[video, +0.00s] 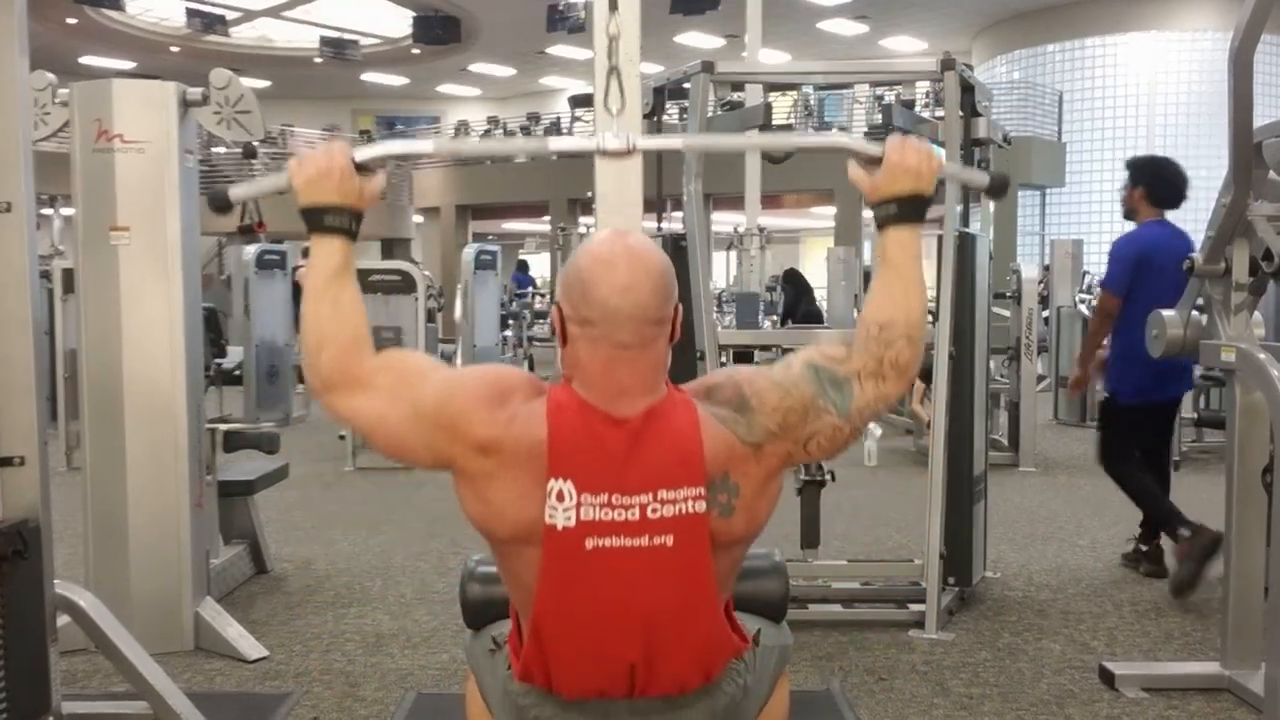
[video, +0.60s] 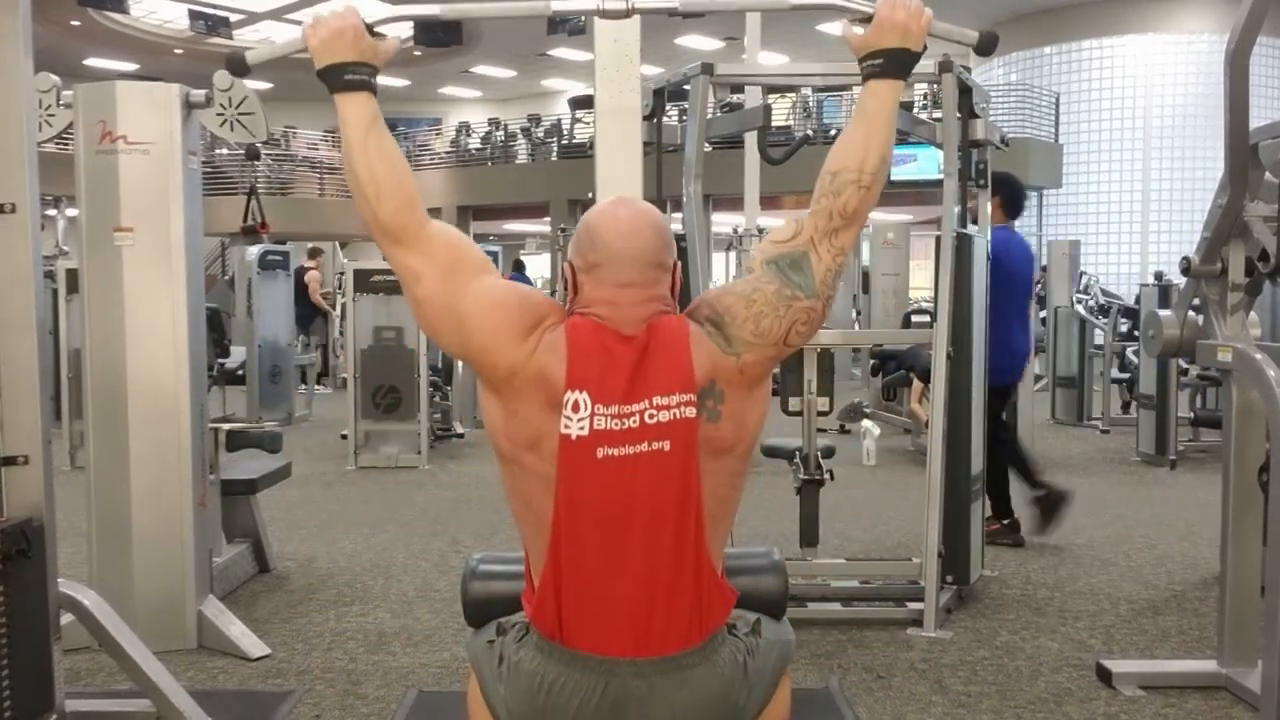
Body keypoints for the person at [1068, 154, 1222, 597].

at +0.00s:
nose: (1124, 193)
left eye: (1128, 186)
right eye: (1127, 186)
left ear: (1141, 193)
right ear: (1164, 197)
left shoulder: (1130, 245)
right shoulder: (1182, 243)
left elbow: (1106, 310)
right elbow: (1180, 306)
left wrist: (1083, 365)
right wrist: (1125, 349)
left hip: (1132, 375)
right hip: (1171, 373)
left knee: (1115, 457)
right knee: (1156, 456)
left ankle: (1188, 534)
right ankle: (1149, 547)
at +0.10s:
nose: (1098, 189)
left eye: (1104, 182)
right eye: (1102, 182)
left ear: (1121, 188)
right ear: (1134, 191)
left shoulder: (1112, 237)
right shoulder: (1157, 235)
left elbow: (1093, 301)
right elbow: (1158, 299)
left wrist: (1066, 356)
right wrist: (1074, 336)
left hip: (1111, 367)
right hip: (1152, 366)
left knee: (1080, 438)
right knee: (1150, 454)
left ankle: (1133, 523)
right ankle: (1152, 550)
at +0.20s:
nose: (1073, 194)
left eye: (1079, 187)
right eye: (1076, 187)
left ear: (1097, 193)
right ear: (1107, 196)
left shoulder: (1088, 237)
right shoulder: (1130, 239)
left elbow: (1078, 297)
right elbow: (1098, 302)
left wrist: (1052, 358)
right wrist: (1042, 313)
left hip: (1088, 364)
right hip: (1129, 364)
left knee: (1055, 435)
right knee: (1139, 450)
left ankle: (1072, 530)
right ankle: (1145, 542)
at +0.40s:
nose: (1021, 205)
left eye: (1028, 199)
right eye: (1024, 199)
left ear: (1046, 204)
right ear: (1053, 207)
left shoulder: (1032, 249)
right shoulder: (1071, 248)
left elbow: (1025, 311)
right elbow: (1055, 308)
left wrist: (1009, 368)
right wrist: (1003, 321)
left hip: (1038, 367)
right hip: (1076, 367)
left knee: (1013, 441)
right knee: (1097, 443)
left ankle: (1006, 520)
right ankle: (1133, 528)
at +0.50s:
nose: (995, 203)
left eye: (1002, 198)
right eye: (998, 197)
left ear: (1019, 205)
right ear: (1029, 208)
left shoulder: (1005, 247)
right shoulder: (1048, 249)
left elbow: (995, 304)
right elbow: (1050, 305)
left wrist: (981, 345)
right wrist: (1039, 343)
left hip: (1006, 358)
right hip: (1043, 358)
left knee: (998, 437)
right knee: (1042, 429)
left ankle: (1004, 520)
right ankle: (1097, 500)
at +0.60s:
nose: (981, 204)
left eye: (985, 198)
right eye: (985, 197)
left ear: (996, 203)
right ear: (1013, 206)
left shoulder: (990, 245)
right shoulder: (1022, 246)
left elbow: (969, 295)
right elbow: (1020, 301)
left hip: (991, 352)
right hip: (1016, 350)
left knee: (987, 431)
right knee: (994, 427)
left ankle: (1004, 520)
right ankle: (1042, 490)